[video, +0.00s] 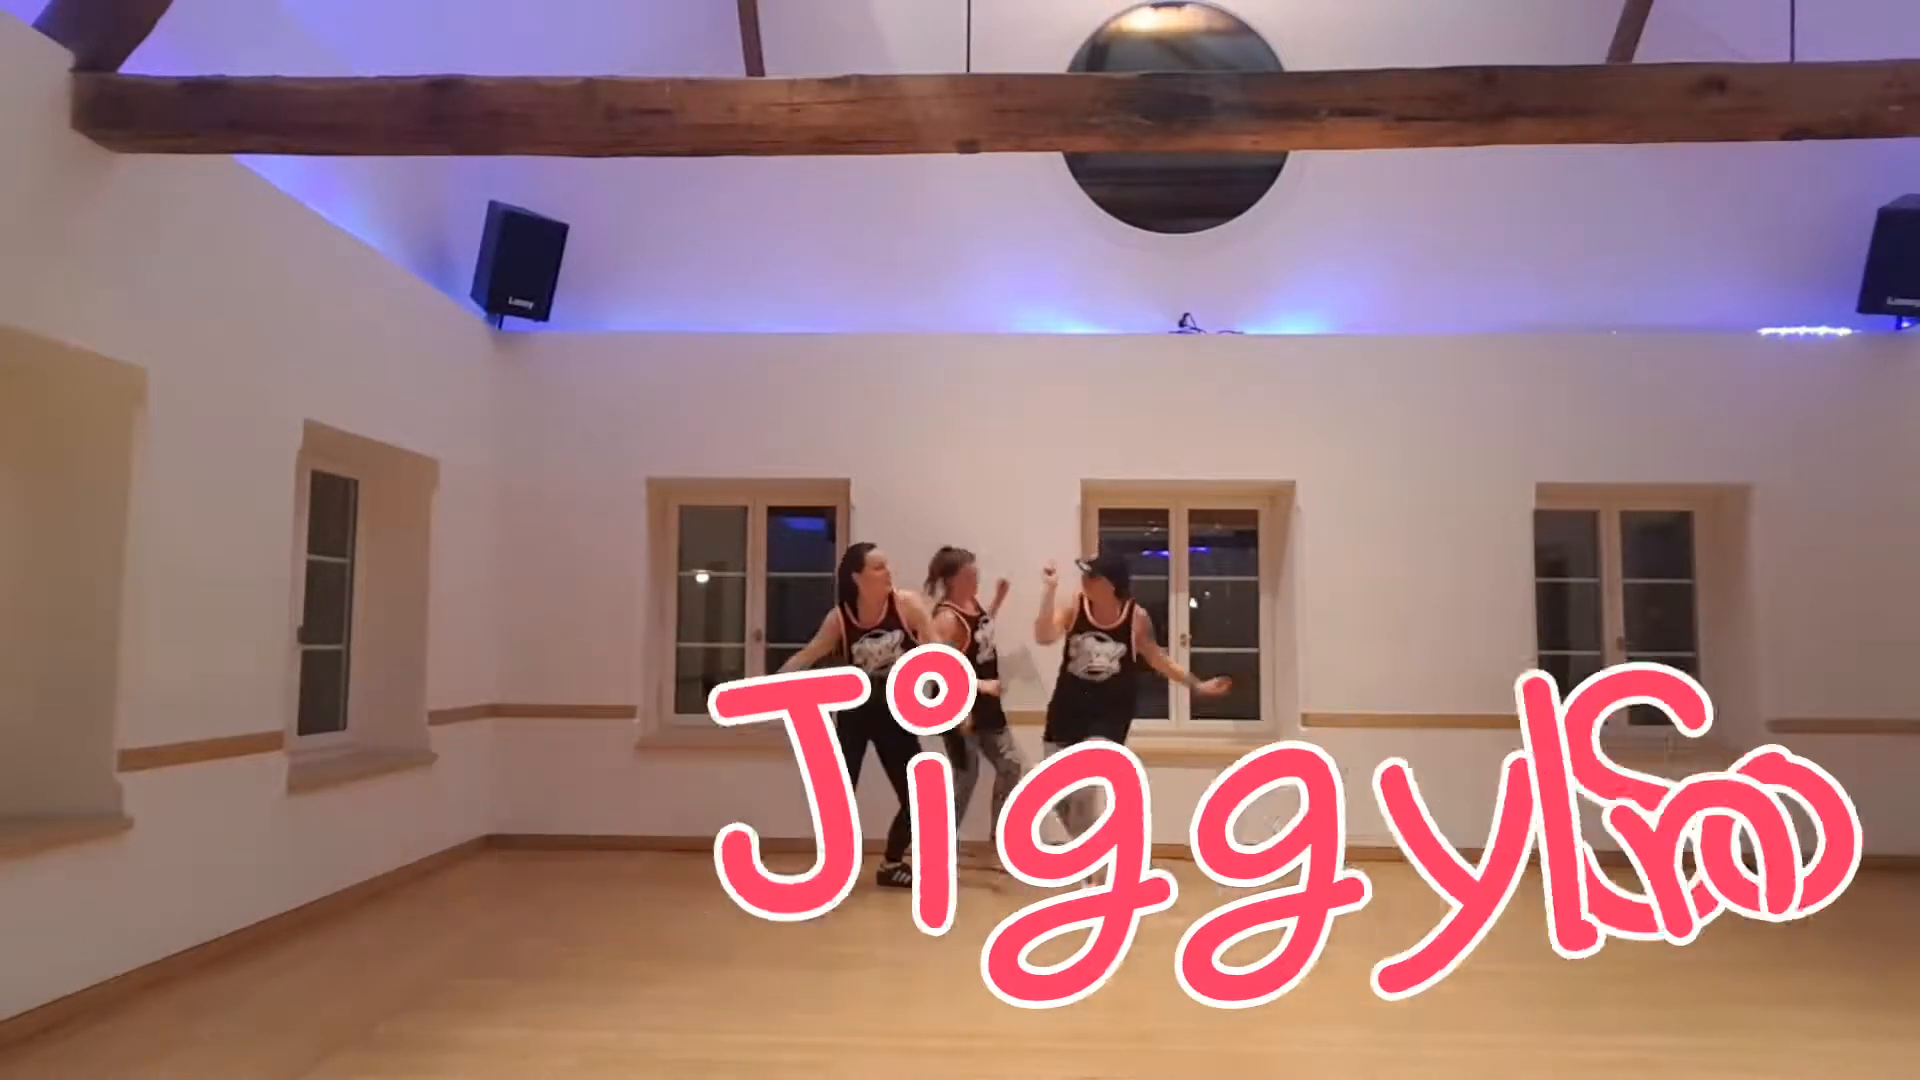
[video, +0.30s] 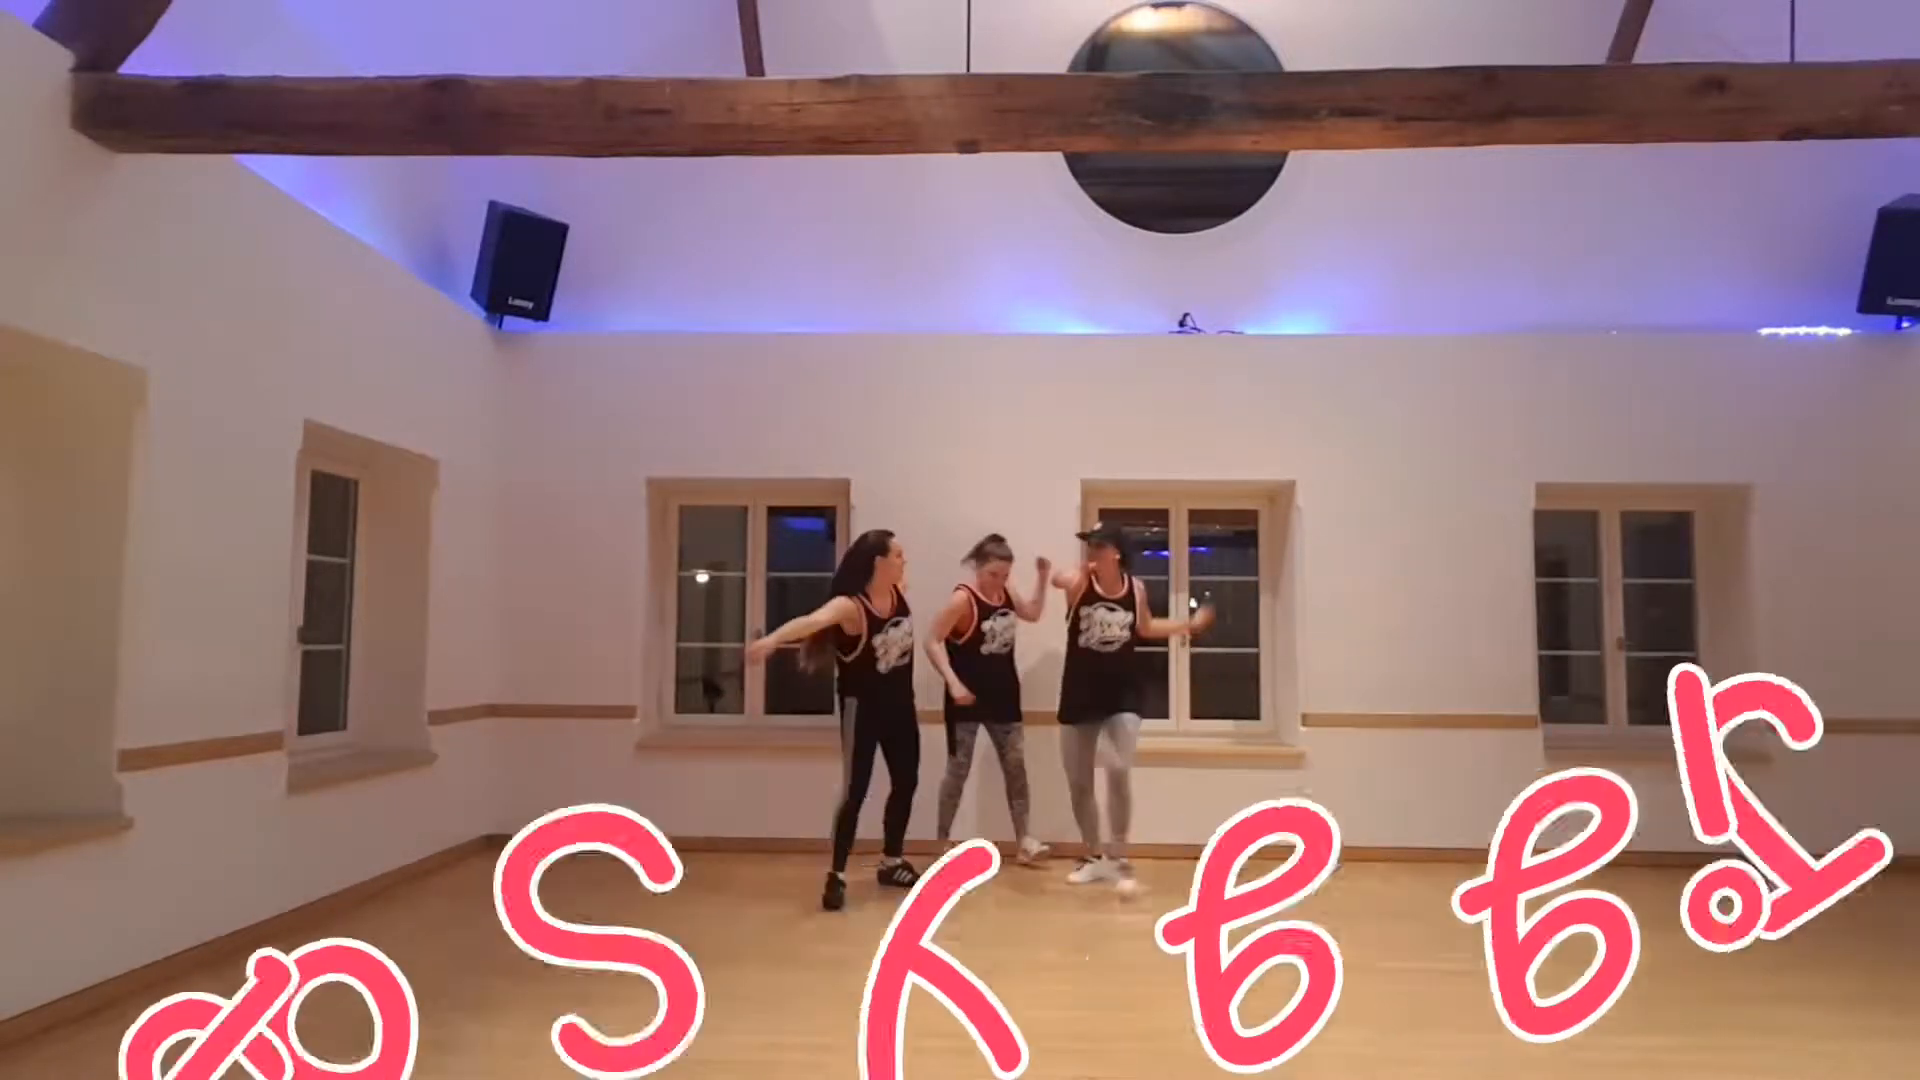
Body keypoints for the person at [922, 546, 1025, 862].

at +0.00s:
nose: (976, 579)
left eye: (974, 573)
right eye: (969, 574)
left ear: (967, 577)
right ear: (951, 579)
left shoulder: (970, 603)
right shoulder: (946, 619)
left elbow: (982, 628)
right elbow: (940, 670)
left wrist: (997, 601)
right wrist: (980, 684)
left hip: (987, 704)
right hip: (961, 710)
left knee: (1011, 767)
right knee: (964, 774)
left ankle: (1004, 837)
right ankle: (943, 841)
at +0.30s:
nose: (1001, 581)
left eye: (1005, 575)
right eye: (995, 574)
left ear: (1009, 571)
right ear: (979, 569)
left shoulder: (1005, 593)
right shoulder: (963, 600)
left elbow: (1032, 613)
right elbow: (933, 641)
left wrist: (1041, 580)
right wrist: (954, 683)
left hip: (1004, 690)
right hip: (968, 692)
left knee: (1015, 764)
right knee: (958, 767)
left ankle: (1023, 837)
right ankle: (943, 839)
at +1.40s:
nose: (1006, 561)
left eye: (1013, 556)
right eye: (1002, 556)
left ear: (1026, 562)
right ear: (995, 561)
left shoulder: (1035, 590)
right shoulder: (991, 593)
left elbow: (1030, 612)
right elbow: (973, 634)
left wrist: (991, 597)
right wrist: (934, 638)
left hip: (1022, 694)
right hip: (984, 691)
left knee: (1025, 769)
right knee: (961, 761)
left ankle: (1030, 845)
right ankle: (961, 841)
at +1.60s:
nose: (989, 561)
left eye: (997, 557)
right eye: (984, 555)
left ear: (1008, 565)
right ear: (976, 562)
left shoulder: (1014, 590)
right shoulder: (968, 597)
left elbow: (1019, 616)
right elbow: (946, 635)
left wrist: (1005, 637)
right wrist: (921, 644)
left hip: (1001, 690)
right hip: (961, 690)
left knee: (1028, 762)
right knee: (952, 767)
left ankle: (1033, 842)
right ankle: (948, 844)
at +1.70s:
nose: (981, 566)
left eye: (987, 562)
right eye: (976, 561)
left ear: (996, 570)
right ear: (966, 567)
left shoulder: (1005, 602)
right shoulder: (953, 606)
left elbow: (1017, 643)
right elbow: (931, 647)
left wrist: (1014, 682)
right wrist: (904, 667)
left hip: (992, 701)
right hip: (952, 701)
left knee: (1023, 771)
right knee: (946, 776)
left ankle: (1033, 844)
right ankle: (949, 847)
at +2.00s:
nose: (969, 560)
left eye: (972, 554)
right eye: (961, 555)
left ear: (977, 560)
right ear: (944, 563)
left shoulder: (990, 597)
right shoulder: (931, 605)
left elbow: (1011, 644)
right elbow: (926, 658)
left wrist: (1030, 680)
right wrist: (941, 699)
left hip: (987, 694)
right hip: (947, 696)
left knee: (995, 769)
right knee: (948, 775)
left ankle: (1002, 844)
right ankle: (949, 845)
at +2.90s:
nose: (980, 567)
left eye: (986, 560)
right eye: (975, 563)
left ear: (1002, 567)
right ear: (971, 572)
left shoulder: (1018, 601)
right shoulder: (970, 613)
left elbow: (1035, 648)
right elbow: (967, 669)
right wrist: (986, 719)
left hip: (1023, 693)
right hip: (989, 700)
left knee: (1030, 773)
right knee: (999, 777)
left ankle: (1015, 849)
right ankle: (957, 844)